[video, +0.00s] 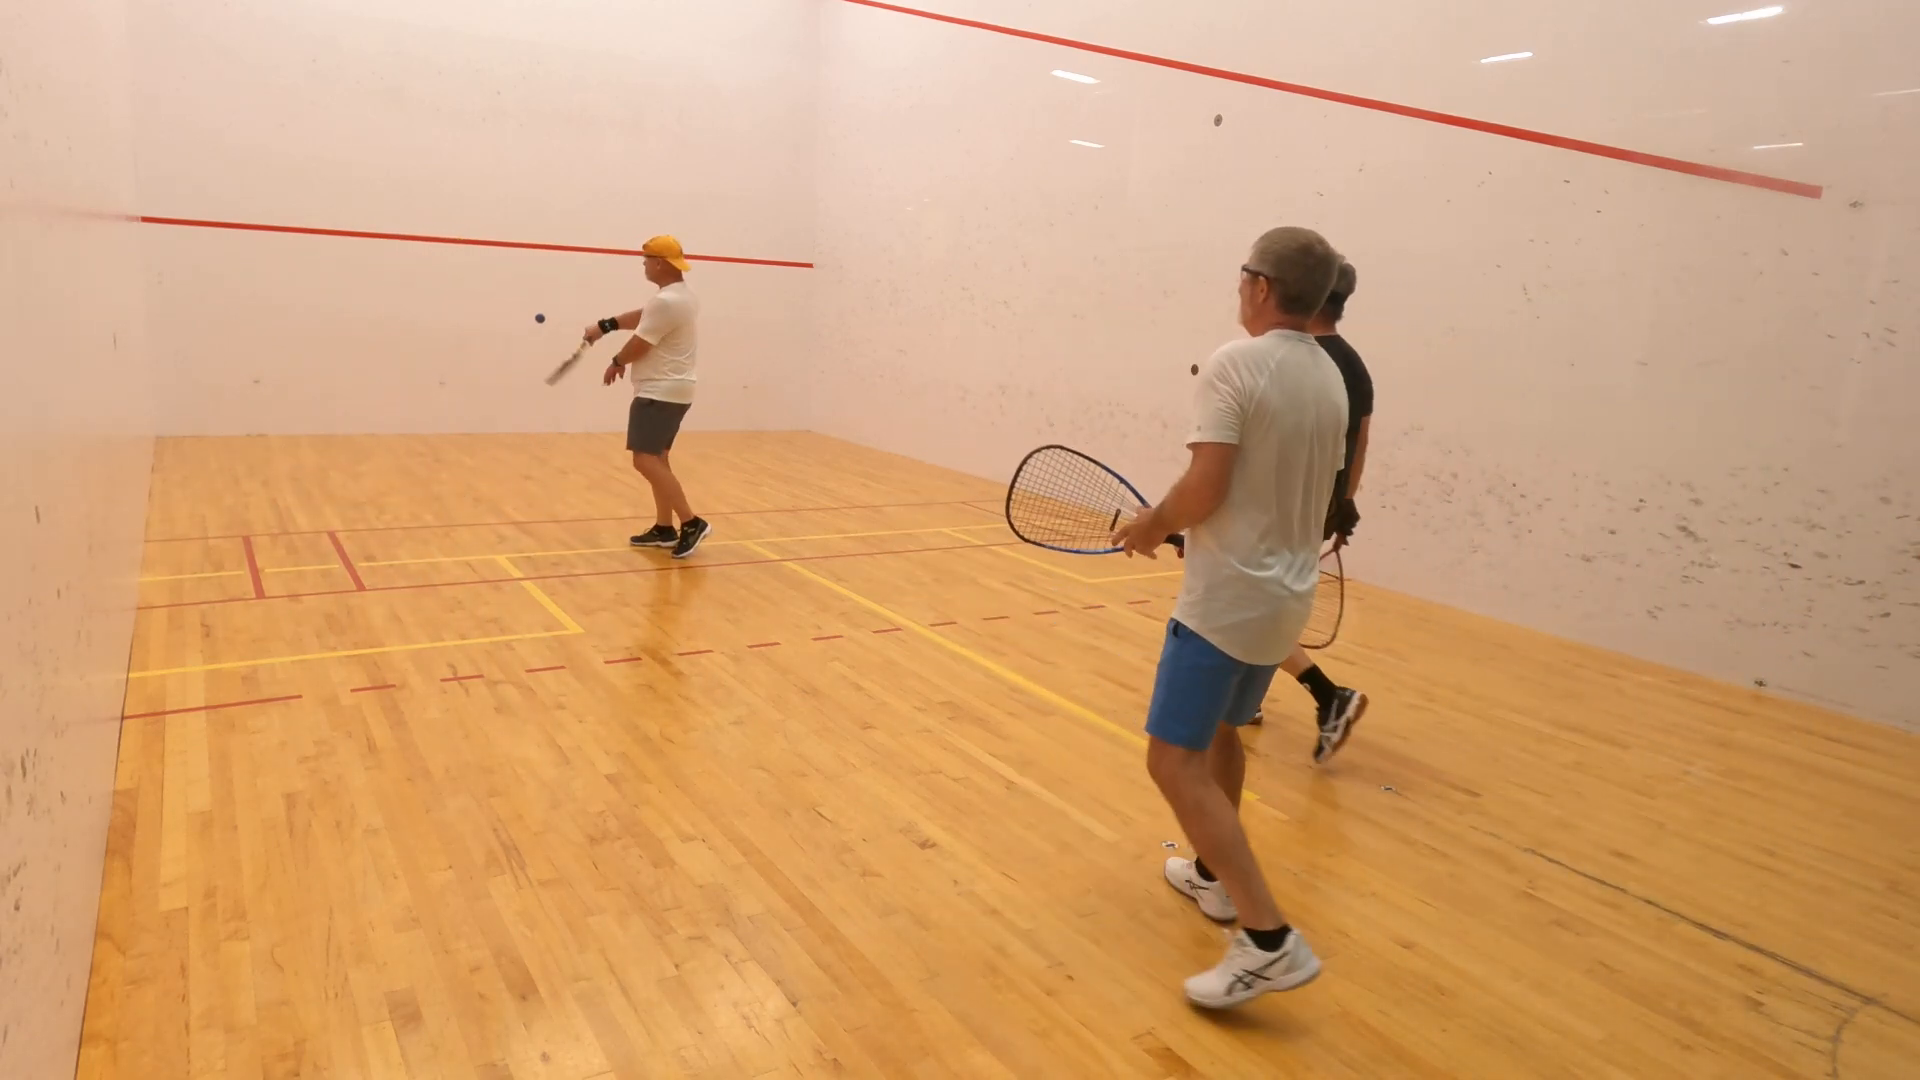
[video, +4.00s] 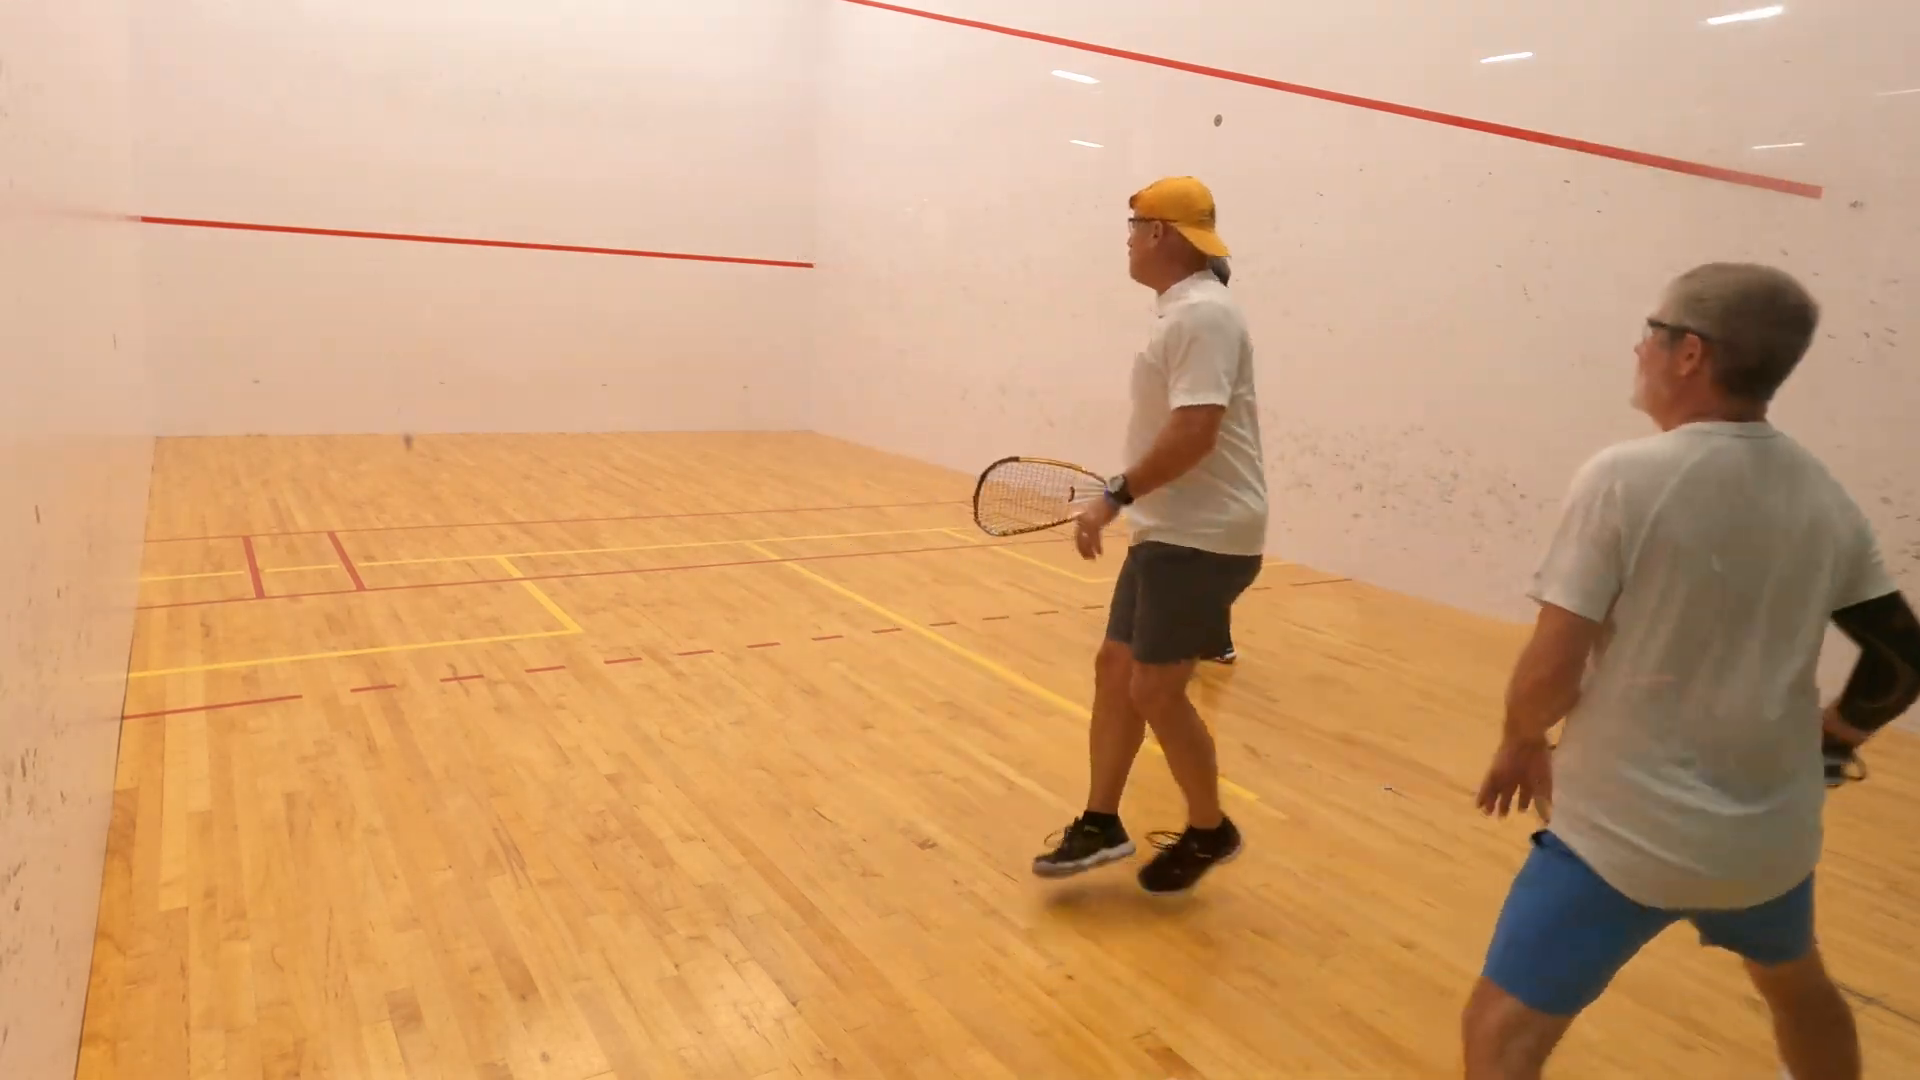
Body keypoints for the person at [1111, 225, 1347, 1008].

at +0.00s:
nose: (1238, 289)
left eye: (1244, 279)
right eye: (1243, 277)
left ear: (1260, 290)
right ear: (1316, 299)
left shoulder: (1236, 365)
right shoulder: (1331, 376)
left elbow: (1205, 489)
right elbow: (1314, 497)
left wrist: (1153, 522)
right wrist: (1185, 527)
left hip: (1225, 604)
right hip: (1286, 603)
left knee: (1172, 761)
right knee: (1226, 733)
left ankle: (1270, 939)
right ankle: (1212, 870)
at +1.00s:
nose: (1516, 263)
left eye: (1531, 251)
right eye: (1527, 248)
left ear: (1567, 279)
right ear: (1585, 284)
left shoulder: (1594, 386)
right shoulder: (1614, 377)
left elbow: (1627, 567)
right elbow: (1622, 566)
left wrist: (1482, 684)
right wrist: (1493, 680)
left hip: (1577, 728)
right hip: (1603, 724)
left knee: (1490, 938)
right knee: (1598, 913)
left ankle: (1545, 1075)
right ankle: (1607, 1074)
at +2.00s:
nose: (1386, 244)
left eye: (1409, 216)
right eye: (1399, 215)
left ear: (1475, 241)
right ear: (1477, 245)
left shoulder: (1628, 434)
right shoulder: (1385, 438)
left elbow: (1858, 635)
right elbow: (1350, 617)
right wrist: (1207, 705)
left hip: (1444, 1018)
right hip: (1257, 961)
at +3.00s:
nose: (1427, 145)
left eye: (1466, 123)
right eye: (1454, 117)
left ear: (1535, 187)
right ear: (1529, 189)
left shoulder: (1570, 427)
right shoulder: (1356, 360)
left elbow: (1341, 742)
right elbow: (1160, 376)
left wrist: (1038, 712)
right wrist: (1001, 338)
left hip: (1418, 1048)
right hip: (1267, 989)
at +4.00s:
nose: (1641, 350)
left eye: (1652, 334)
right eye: (1649, 332)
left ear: (1691, 355)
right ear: (1770, 371)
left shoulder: (1627, 478)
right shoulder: (1816, 492)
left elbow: (1554, 663)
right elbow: (1899, 656)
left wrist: (1522, 736)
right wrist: (1835, 735)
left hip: (1623, 834)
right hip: (1771, 836)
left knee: (1502, 1037)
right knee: (1798, 984)